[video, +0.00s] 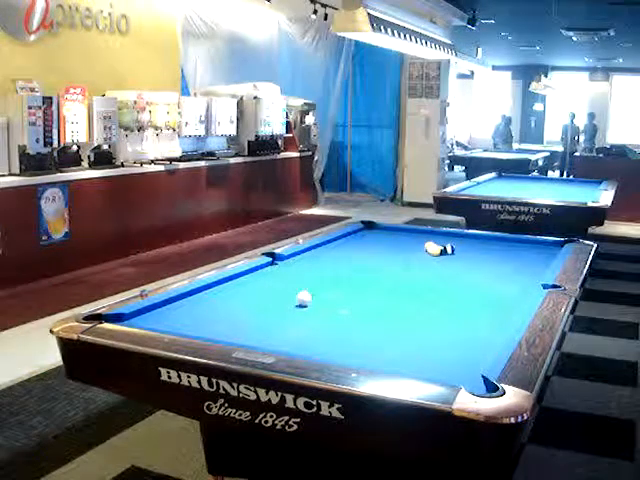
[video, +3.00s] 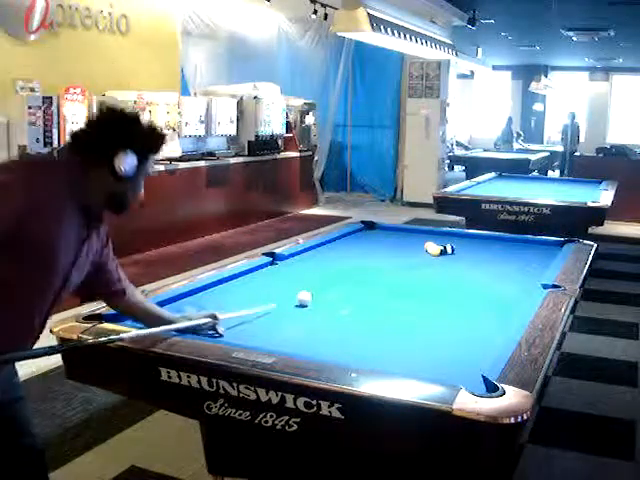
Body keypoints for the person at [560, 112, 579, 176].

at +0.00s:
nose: (571, 118)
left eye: (572, 116)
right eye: (570, 116)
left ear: (574, 117)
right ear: (569, 117)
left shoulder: (576, 127)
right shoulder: (565, 126)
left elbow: (578, 136)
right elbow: (562, 135)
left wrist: (577, 143)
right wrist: (563, 142)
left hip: (573, 146)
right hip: (565, 146)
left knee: (571, 161)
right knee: (563, 160)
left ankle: (568, 174)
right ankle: (561, 173)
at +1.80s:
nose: (572, 119)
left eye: (574, 117)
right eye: (571, 117)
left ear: (576, 118)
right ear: (570, 117)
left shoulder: (578, 126)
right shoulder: (566, 126)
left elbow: (580, 135)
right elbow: (563, 135)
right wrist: (563, 142)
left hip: (574, 146)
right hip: (566, 145)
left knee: (571, 160)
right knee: (563, 159)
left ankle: (569, 173)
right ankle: (561, 173)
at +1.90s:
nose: (572, 119)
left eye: (574, 117)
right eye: (571, 117)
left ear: (576, 117)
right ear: (570, 117)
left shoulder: (577, 126)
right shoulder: (566, 125)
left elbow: (580, 134)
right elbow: (563, 134)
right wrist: (563, 141)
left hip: (574, 145)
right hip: (566, 145)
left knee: (571, 159)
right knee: (563, 158)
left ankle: (569, 173)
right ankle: (561, 173)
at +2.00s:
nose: (572, 119)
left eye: (574, 117)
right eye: (571, 117)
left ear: (575, 117)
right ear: (570, 117)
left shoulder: (577, 126)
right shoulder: (566, 125)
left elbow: (579, 135)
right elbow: (563, 134)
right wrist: (563, 141)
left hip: (574, 146)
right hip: (566, 145)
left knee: (571, 159)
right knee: (563, 159)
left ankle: (569, 173)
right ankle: (561, 172)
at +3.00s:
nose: (571, 119)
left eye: (572, 117)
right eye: (570, 117)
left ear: (574, 117)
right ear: (568, 117)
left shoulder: (576, 126)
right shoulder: (565, 125)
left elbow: (578, 135)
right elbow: (563, 134)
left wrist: (577, 143)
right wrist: (562, 142)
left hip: (573, 145)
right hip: (566, 145)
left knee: (571, 160)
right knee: (563, 160)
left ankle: (570, 173)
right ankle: (562, 173)